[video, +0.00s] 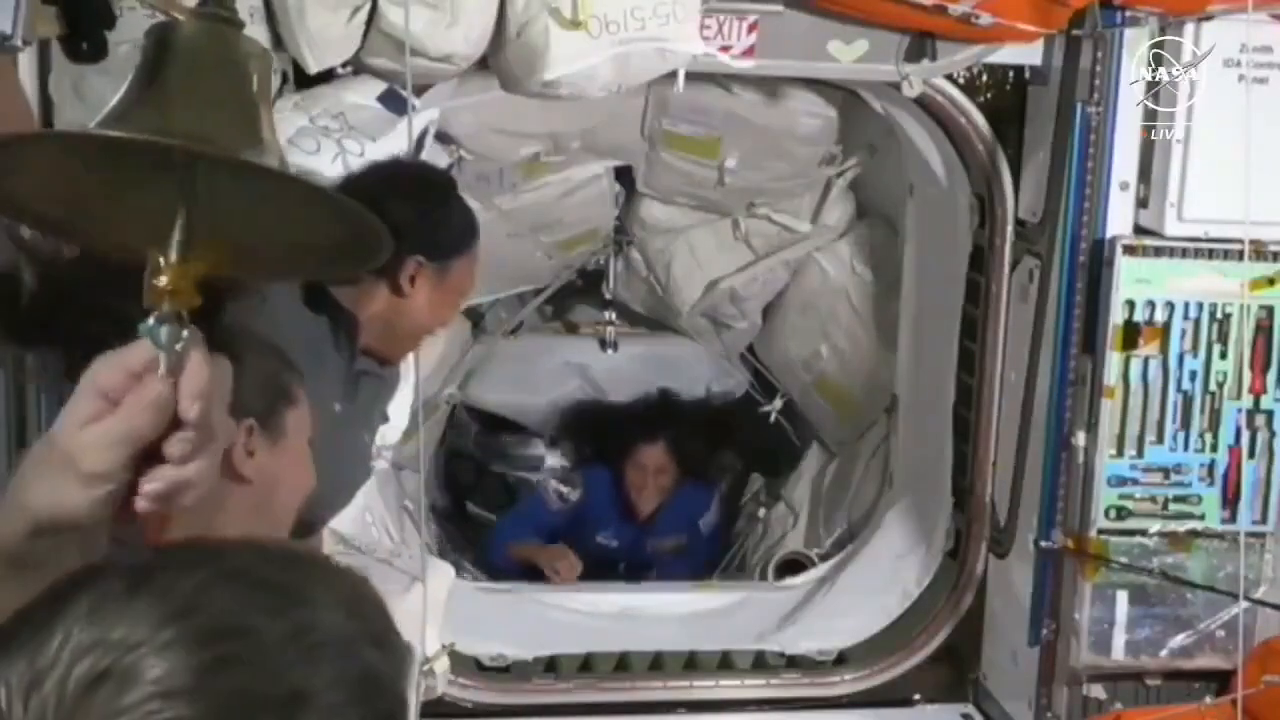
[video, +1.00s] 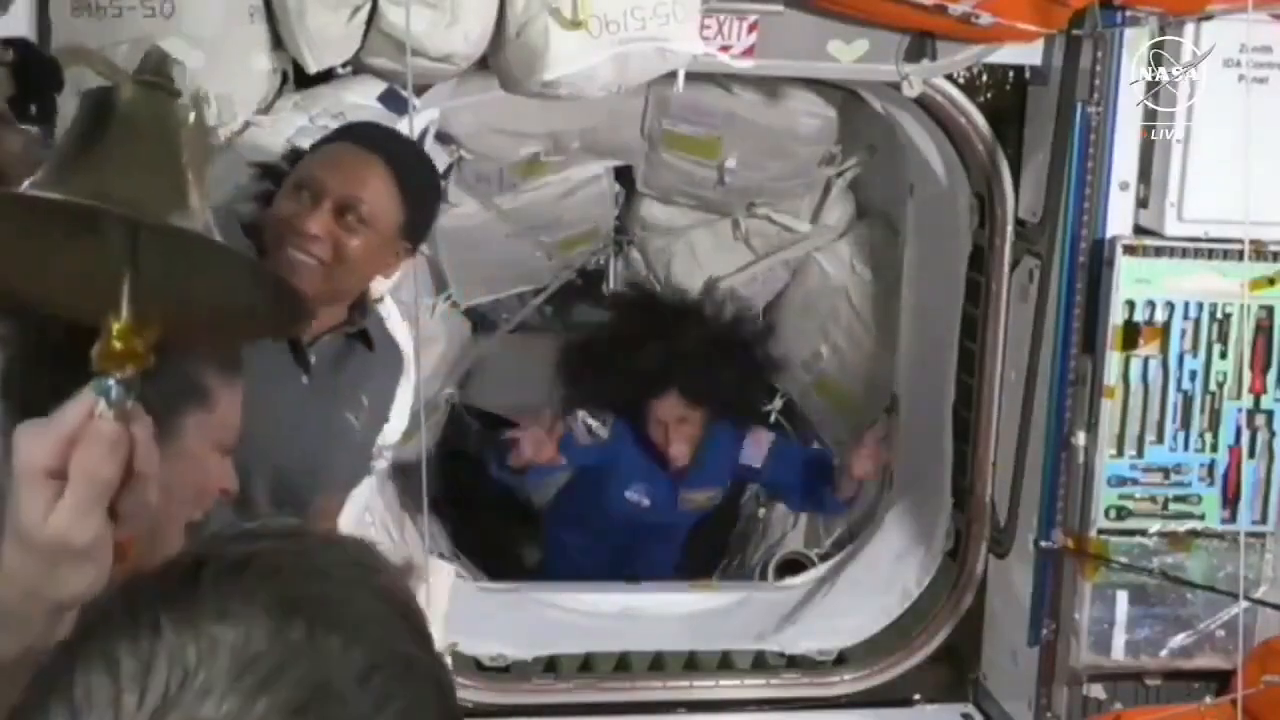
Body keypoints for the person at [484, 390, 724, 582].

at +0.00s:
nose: (648, 483)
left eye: (661, 472)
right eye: (639, 469)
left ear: (679, 473)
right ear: (622, 466)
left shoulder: (703, 506)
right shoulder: (583, 489)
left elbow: (699, 573)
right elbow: (502, 543)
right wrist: (538, 553)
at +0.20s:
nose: (654, 473)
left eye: (669, 462)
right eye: (645, 458)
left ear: (687, 464)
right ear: (627, 453)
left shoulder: (707, 490)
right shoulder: (585, 476)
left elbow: (722, 560)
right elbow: (515, 532)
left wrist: (701, 560)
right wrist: (552, 566)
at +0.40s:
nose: (667, 465)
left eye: (680, 453)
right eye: (657, 449)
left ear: (698, 452)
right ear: (638, 441)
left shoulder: (710, 476)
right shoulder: (598, 462)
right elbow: (518, 505)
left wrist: (748, 536)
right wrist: (532, 532)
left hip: (673, 604)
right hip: (587, 597)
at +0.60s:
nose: (665, 473)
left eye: (677, 456)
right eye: (651, 458)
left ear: (699, 445)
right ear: (628, 448)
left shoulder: (714, 457)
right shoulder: (605, 456)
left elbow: (761, 464)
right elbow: (558, 460)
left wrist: (788, 486)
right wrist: (520, 473)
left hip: (666, 578)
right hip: (593, 573)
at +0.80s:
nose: (662, 461)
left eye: (679, 453)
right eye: (656, 444)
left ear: (699, 448)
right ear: (635, 426)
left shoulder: (708, 461)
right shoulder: (594, 446)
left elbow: (769, 463)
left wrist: (824, 471)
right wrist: (522, 468)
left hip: (661, 604)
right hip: (577, 597)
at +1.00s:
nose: (675, 450)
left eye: (688, 429)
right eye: (660, 428)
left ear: (712, 417)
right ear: (637, 413)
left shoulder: (736, 445)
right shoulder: (601, 433)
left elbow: (810, 488)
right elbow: (535, 493)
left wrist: (848, 477)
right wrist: (535, 465)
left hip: (657, 581)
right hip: (578, 572)